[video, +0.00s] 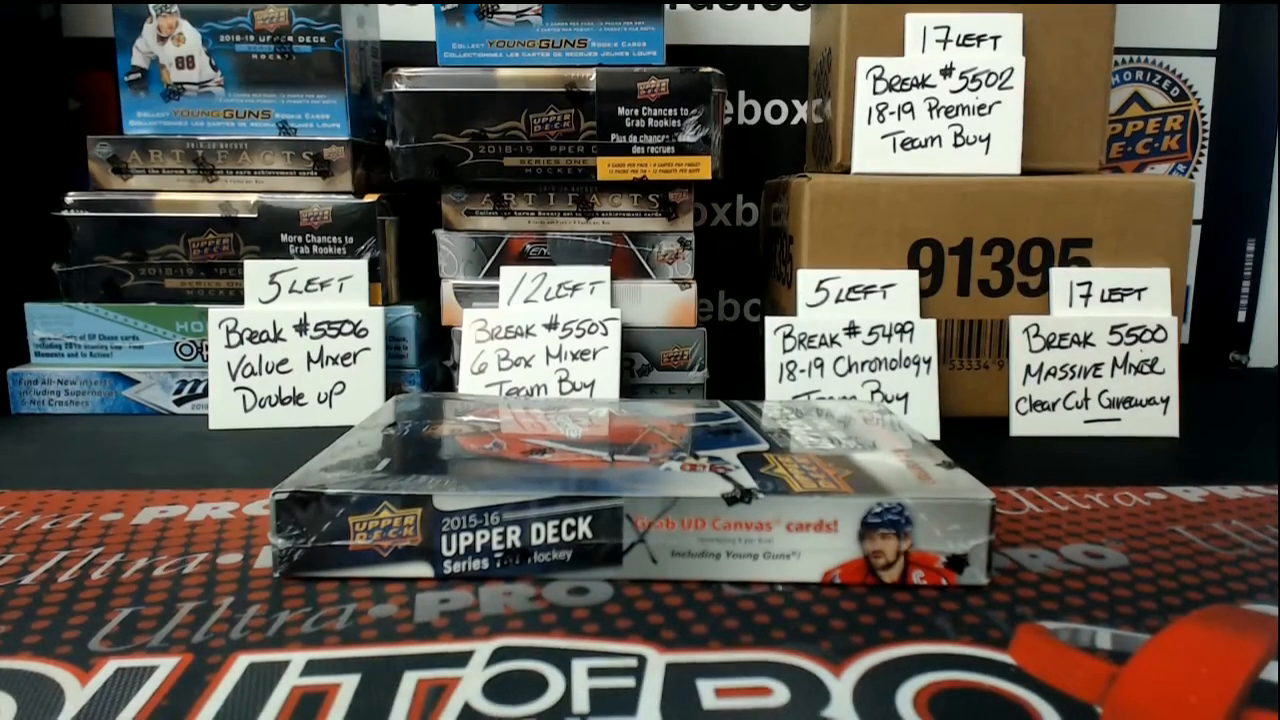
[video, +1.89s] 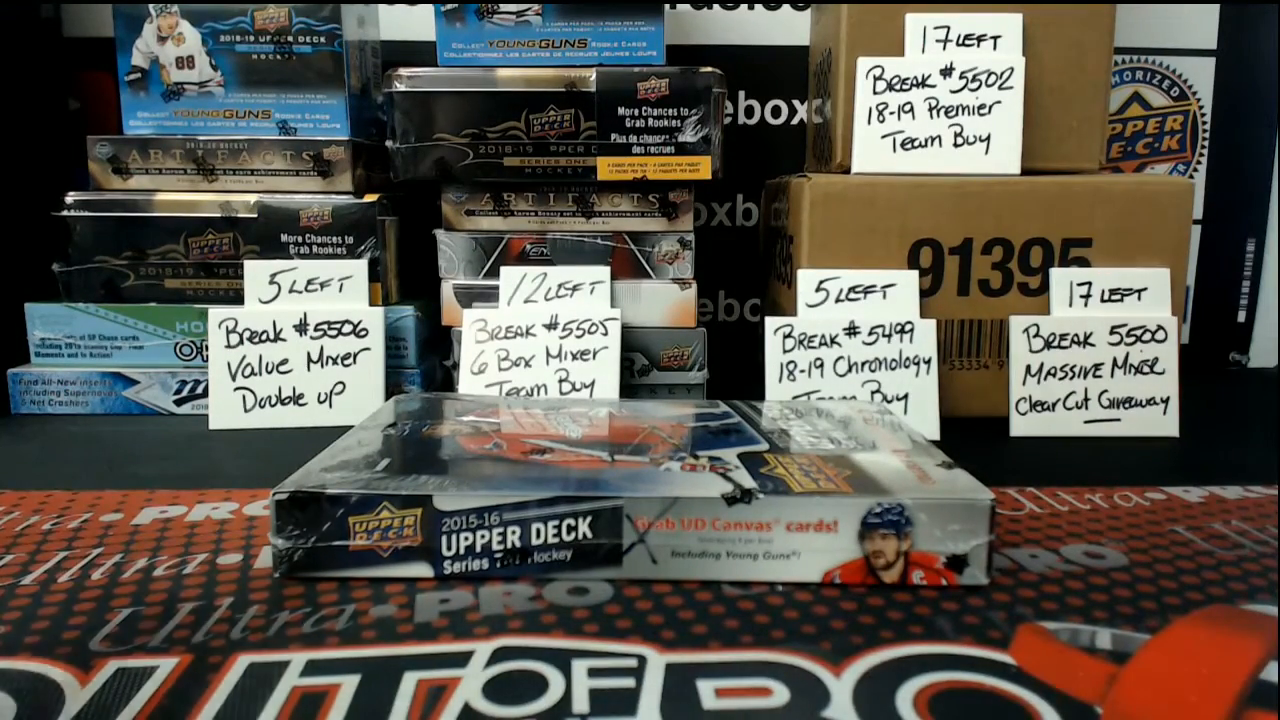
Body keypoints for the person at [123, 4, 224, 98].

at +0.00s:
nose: (170, 23)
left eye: (173, 17)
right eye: (164, 18)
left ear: (178, 17)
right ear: (156, 20)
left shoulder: (186, 36)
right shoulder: (150, 28)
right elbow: (142, 50)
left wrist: (178, 89)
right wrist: (137, 72)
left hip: (208, 84)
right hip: (181, 84)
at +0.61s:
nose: (170, 22)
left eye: (173, 17)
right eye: (164, 18)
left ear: (178, 17)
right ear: (156, 20)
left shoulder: (186, 36)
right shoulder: (150, 28)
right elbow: (142, 50)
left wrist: (179, 89)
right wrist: (137, 72)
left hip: (209, 84)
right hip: (181, 83)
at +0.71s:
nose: (170, 22)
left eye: (173, 17)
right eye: (164, 17)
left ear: (178, 17)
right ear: (156, 20)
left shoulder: (186, 34)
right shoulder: (150, 29)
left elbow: (188, 65)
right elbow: (142, 50)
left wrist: (180, 87)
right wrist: (137, 73)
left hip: (208, 83)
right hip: (181, 84)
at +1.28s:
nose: (170, 22)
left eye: (173, 17)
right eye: (164, 18)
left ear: (178, 17)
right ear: (156, 20)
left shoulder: (186, 35)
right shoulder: (150, 28)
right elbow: (141, 50)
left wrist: (179, 89)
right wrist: (137, 74)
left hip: (209, 84)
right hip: (181, 85)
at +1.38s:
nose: (170, 22)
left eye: (173, 17)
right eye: (164, 18)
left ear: (178, 17)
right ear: (156, 20)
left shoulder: (186, 35)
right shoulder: (150, 28)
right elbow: (141, 50)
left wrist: (179, 89)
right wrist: (137, 74)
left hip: (209, 84)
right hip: (181, 85)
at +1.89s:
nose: (170, 22)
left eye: (173, 17)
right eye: (164, 18)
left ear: (178, 17)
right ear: (156, 20)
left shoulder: (185, 35)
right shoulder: (150, 28)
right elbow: (141, 50)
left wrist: (178, 89)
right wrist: (136, 74)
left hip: (209, 84)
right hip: (181, 84)